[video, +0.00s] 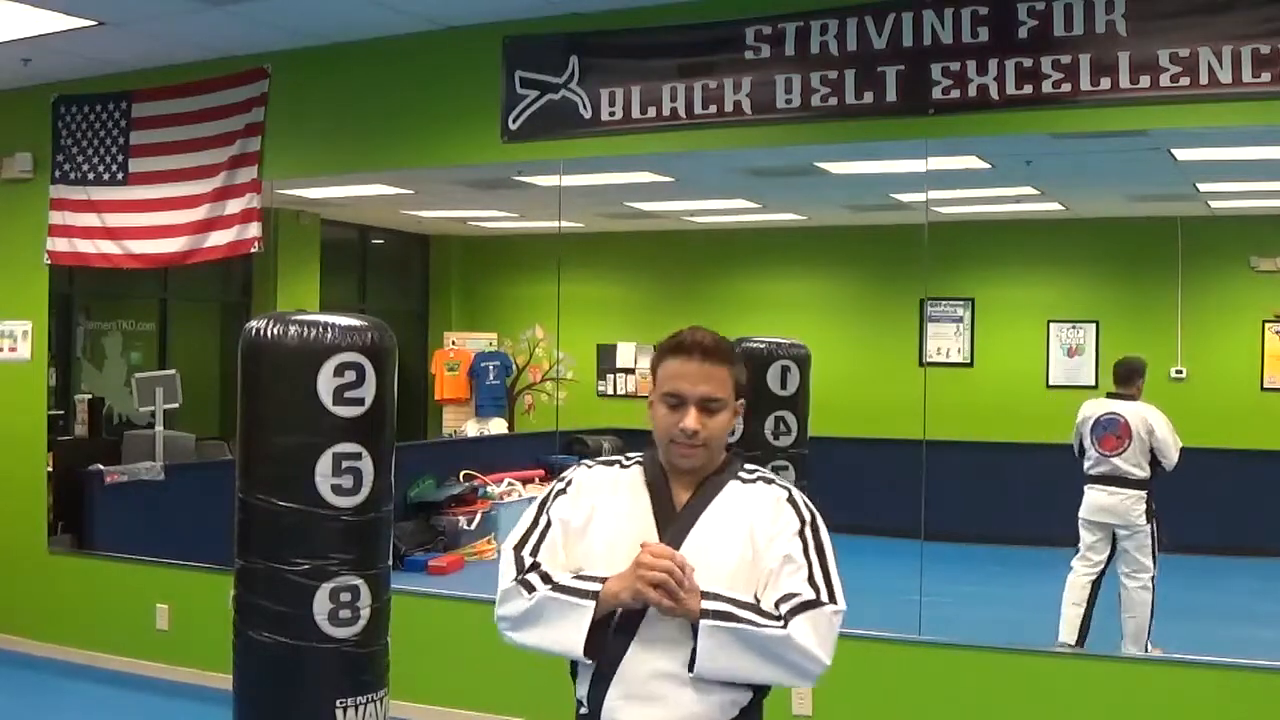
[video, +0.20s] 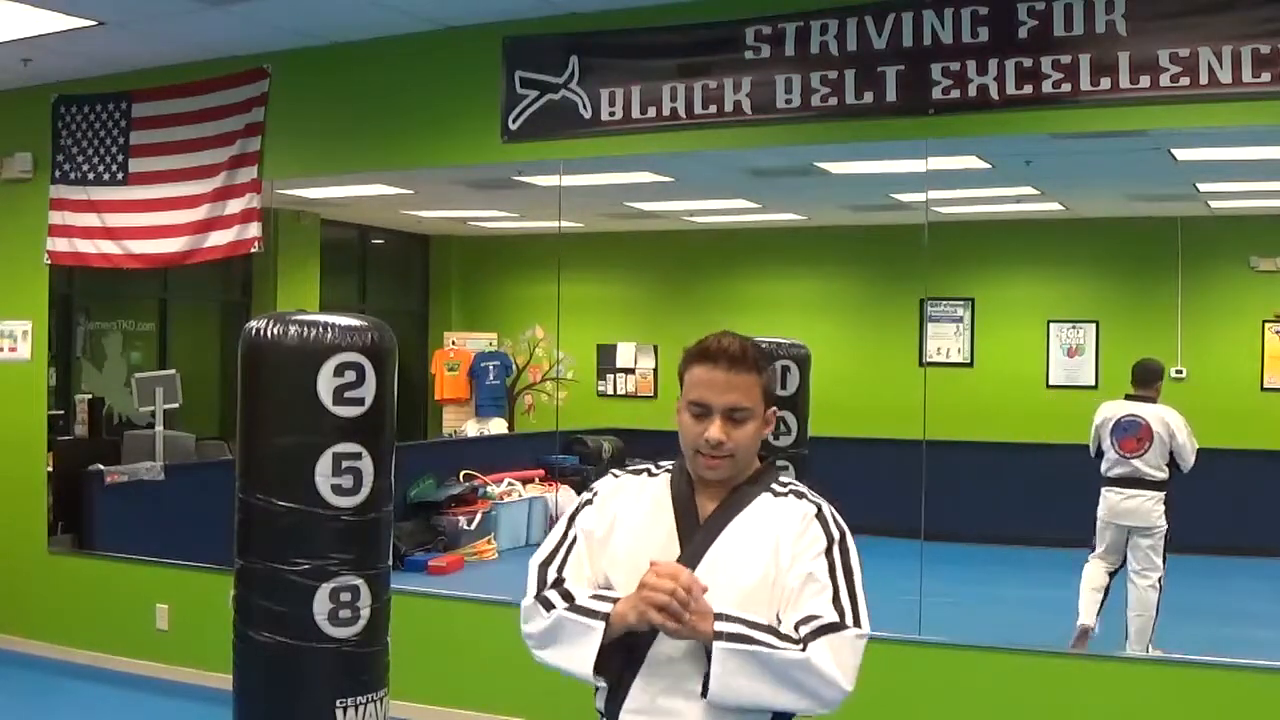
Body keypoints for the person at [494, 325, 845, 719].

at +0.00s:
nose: (689, 424)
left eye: (709, 407)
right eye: (673, 403)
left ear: (736, 414)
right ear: (650, 402)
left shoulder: (779, 508)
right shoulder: (584, 487)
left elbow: (808, 643)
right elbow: (515, 601)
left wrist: (700, 607)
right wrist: (612, 590)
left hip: (718, 710)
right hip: (600, 709)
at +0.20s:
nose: (714, 435)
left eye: (736, 417)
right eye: (699, 412)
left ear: (767, 423)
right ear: (678, 412)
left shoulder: (806, 521)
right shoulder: (615, 496)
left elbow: (828, 670)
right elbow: (540, 613)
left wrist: (711, 628)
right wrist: (619, 613)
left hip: (741, 713)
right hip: (622, 711)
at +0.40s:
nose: (710, 434)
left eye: (732, 414)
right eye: (694, 414)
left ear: (770, 417)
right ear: (676, 415)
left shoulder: (822, 518)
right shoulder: (623, 501)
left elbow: (852, 670)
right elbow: (557, 619)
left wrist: (720, 645)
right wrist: (627, 641)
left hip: (762, 717)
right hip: (637, 715)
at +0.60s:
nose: (700, 438)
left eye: (723, 416)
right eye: (683, 417)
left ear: (762, 416)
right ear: (665, 415)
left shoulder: (822, 525)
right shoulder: (609, 512)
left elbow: (859, 679)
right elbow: (544, 639)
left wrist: (735, 668)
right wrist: (616, 662)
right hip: (627, 714)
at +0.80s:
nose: (681, 424)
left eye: (697, 400)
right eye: (656, 409)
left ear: (729, 409)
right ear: (632, 429)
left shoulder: (805, 537)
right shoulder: (569, 539)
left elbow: (866, 679)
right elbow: (500, 678)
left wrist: (776, 681)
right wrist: (547, 667)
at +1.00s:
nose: (627, 415)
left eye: (642, 391)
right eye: (601, 402)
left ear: (677, 406)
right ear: (578, 428)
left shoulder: (766, 531)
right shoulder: (522, 553)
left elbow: (841, 659)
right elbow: (452, 699)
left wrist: (794, 678)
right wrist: (487, 703)